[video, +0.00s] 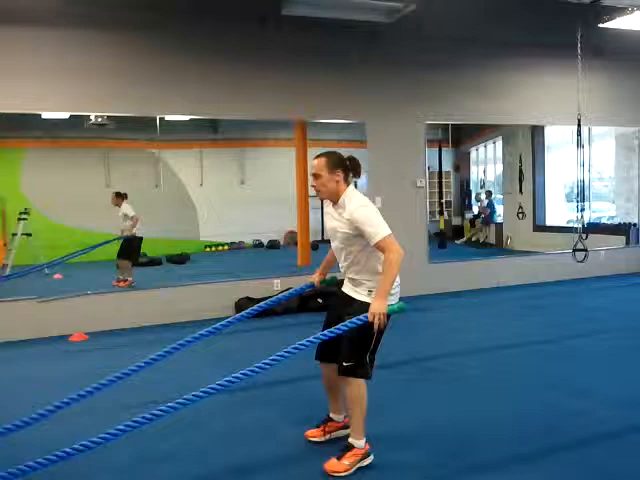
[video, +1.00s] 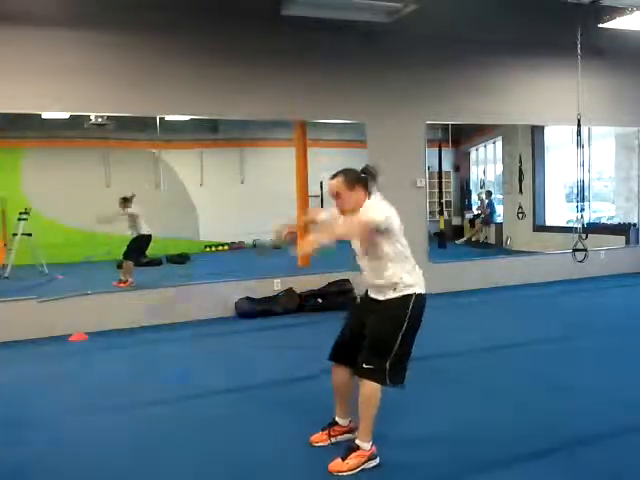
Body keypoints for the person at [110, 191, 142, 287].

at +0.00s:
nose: (112, 201)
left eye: (114, 199)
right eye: (112, 199)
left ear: (119, 199)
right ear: (119, 199)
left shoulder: (125, 207)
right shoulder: (122, 208)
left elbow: (135, 218)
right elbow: (127, 221)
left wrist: (130, 229)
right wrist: (122, 231)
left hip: (131, 237)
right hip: (127, 236)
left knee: (123, 259)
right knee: (123, 259)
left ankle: (126, 279)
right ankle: (122, 278)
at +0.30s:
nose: (118, 204)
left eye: (120, 202)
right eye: (119, 202)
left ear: (125, 203)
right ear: (126, 203)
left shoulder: (130, 213)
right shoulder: (128, 212)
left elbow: (133, 225)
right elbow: (133, 225)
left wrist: (129, 238)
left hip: (132, 241)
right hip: (133, 241)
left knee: (121, 260)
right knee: (127, 261)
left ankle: (123, 279)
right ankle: (126, 278)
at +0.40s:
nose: (125, 198)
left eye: (127, 196)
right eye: (125, 196)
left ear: (133, 197)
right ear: (132, 197)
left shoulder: (135, 206)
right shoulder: (131, 207)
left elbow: (123, 212)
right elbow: (118, 215)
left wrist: (113, 213)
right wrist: (105, 220)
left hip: (135, 236)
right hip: (131, 235)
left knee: (126, 260)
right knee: (125, 259)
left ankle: (127, 279)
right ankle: (123, 278)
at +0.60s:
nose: (120, 215)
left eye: (121, 212)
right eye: (119, 213)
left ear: (125, 210)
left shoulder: (131, 214)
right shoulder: (126, 216)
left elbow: (132, 205)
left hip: (141, 235)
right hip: (136, 236)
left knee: (126, 259)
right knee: (122, 259)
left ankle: (129, 279)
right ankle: (124, 278)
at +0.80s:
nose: (112, 227)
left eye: (113, 224)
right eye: (112, 225)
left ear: (118, 224)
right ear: (119, 223)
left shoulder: (125, 230)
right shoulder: (126, 228)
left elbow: (125, 243)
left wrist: (121, 254)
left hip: (145, 239)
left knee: (128, 259)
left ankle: (127, 280)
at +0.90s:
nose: (114, 216)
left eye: (115, 214)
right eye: (114, 214)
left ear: (121, 213)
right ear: (121, 214)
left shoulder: (128, 221)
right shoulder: (124, 223)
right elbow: (121, 239)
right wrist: (114, 249)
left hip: (143, 237)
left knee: (128, 259)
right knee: (130, 260)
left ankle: (127, 280)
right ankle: (126, 279)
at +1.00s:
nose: (120, 206)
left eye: (121, 204)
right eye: (120, 204)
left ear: (125, 204)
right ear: (128, 203)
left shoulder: (132, 211)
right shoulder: (132, 211)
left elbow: (119, 215)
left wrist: (106, 219)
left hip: (142, 235)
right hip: (143, 235)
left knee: (127, 257)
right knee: (129, 257)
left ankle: (126, 279)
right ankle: (126, 278)